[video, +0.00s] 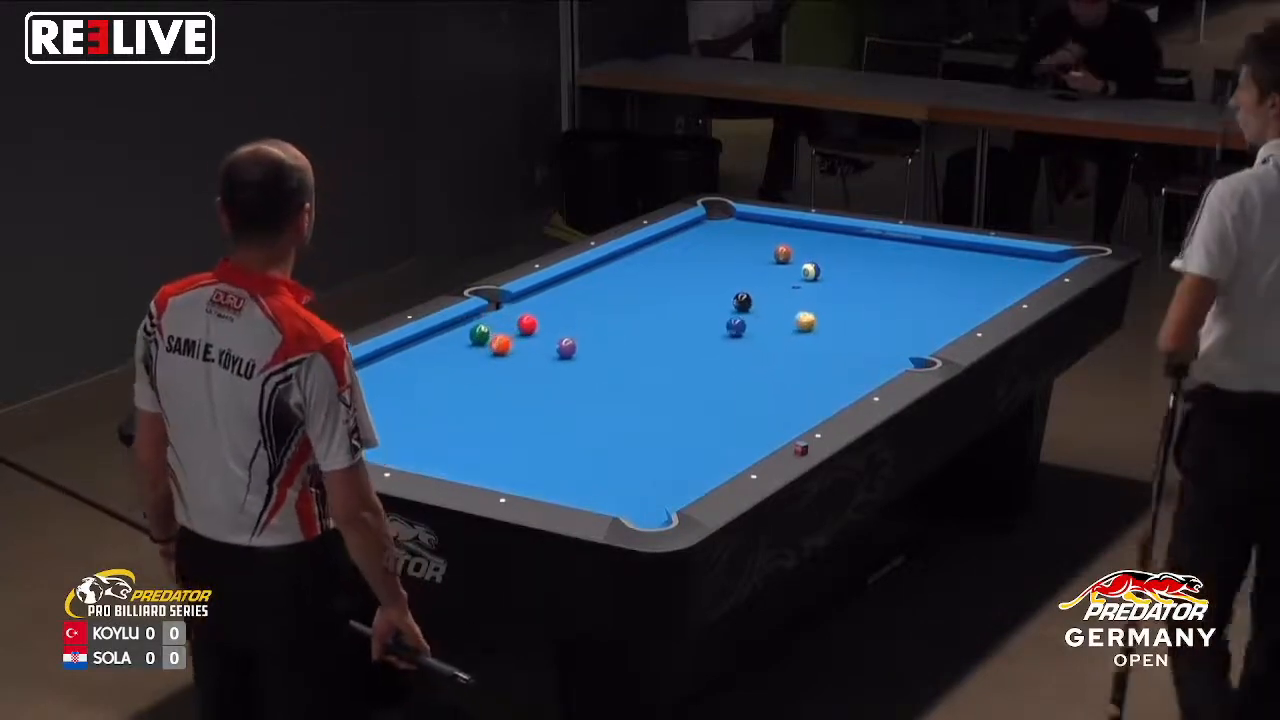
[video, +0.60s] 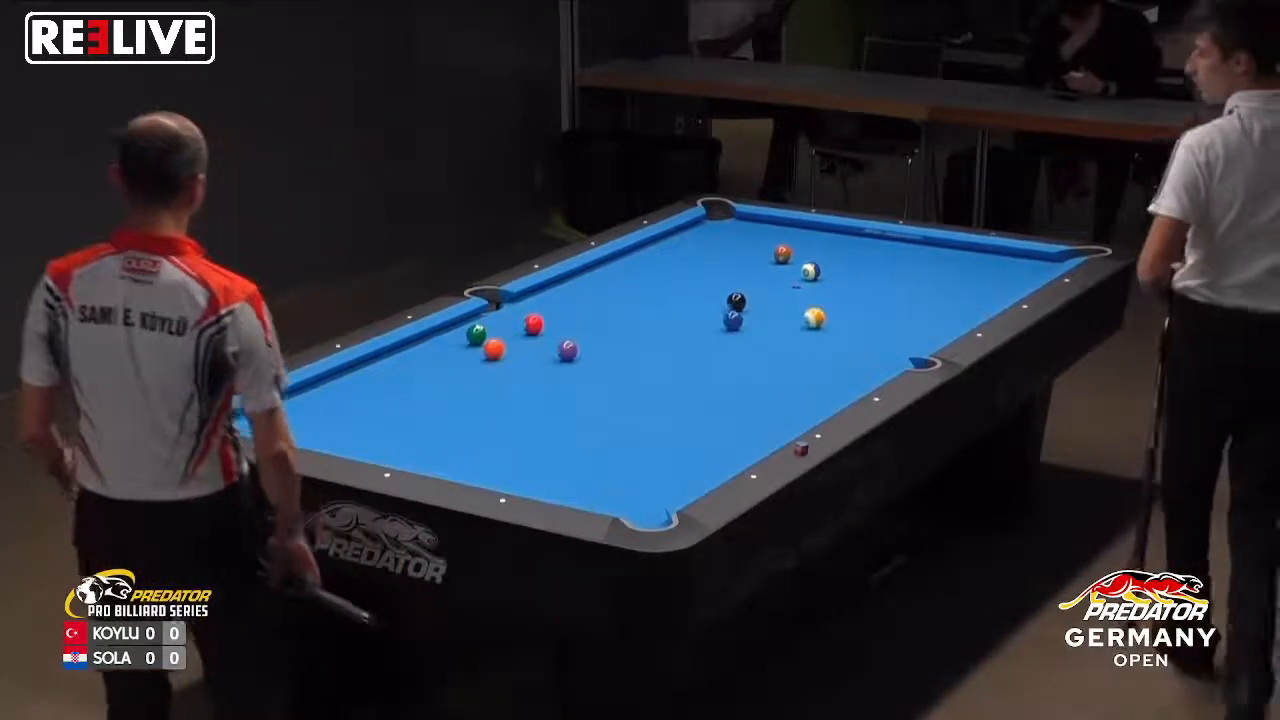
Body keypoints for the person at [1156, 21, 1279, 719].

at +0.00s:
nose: (1236, 104)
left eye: (1242, 90)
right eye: (1239, 90)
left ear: (1268, 99)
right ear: (1277, 101)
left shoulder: (1239, 195)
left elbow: (1177, 334)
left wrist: (1177, 365)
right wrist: (1188, 355)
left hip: (1237, 411)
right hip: (1270, 407)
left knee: (1200, 594)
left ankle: (1206, 707)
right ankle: (1258, 706)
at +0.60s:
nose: (1191, 63)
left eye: (1201, 52)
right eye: (1194, 49)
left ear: (1239, 62)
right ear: (1255, 63)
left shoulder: (1207, 143)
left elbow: (1153, 266)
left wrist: (1177, 275)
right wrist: (1183, 266)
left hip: (1210, 332)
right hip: (1273, 332)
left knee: (1187, 489)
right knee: (1261, 504)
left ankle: (1190, 641)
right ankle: (1252, 675)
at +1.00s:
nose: (1182, 38)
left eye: (1192, 25)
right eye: (1184, 24)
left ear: (1233, 34)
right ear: (1241, 34)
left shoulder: (1193, 109)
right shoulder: (1278, 96)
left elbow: (1151, 223)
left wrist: (1180, 229)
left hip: (1204, 287)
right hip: (1275, 286)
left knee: (1190, 445)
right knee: (1274, 435)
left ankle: (1193, 617)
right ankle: (1269, 566)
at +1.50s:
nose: (1191, 8)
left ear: (1237, 5)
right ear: (1252, 7)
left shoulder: (1220, 70)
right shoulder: (1275, 55)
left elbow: (1196, 177)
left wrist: (1163, 214)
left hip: (1222, 236)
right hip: (1276, 231)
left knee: (1199, 376)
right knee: (1275, 390)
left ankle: (1210, 516)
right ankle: (1271, 539)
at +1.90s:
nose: (1133, 1)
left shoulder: (1174, 53)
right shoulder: (1254, 38)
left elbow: (1190, 145)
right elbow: (1267, 134)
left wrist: (1156, 212)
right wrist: (1255, 186)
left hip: (1190, 211)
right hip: (1247, 208)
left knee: (1178, 343)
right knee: (1229, 346)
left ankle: (1186, 465)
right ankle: (1264, 482)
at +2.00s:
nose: (1120, 5)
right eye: (1118, 1)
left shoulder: (1162, 40)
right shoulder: (1226, 25)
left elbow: (1185, 135)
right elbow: (1228, 118)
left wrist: (1153, 202)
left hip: (1182, 198)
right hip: (1223, 193)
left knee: (1174, 332)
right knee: (1199, 329)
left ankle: (1187, 464)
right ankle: (1237, 443)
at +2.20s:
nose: (1087, 8)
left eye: (1088, 5)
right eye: (1087, 6)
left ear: (1102, 1)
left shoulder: (1137, 29)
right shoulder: (1165, 18)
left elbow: (1183, 116)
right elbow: (1189, 117)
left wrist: (1153, 191)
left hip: (1144, 192)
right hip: (1147, 186)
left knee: (1150, 325)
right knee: (1132, 313)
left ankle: (1189, 463)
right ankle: (1130, 421)